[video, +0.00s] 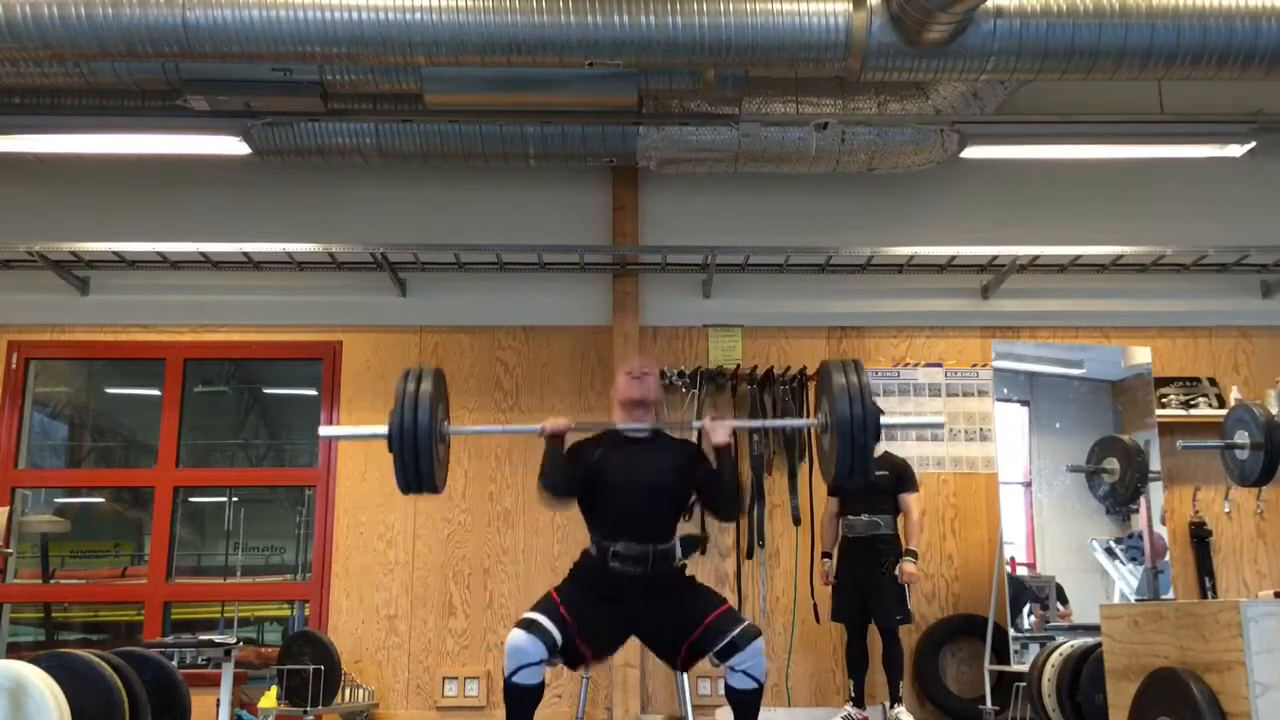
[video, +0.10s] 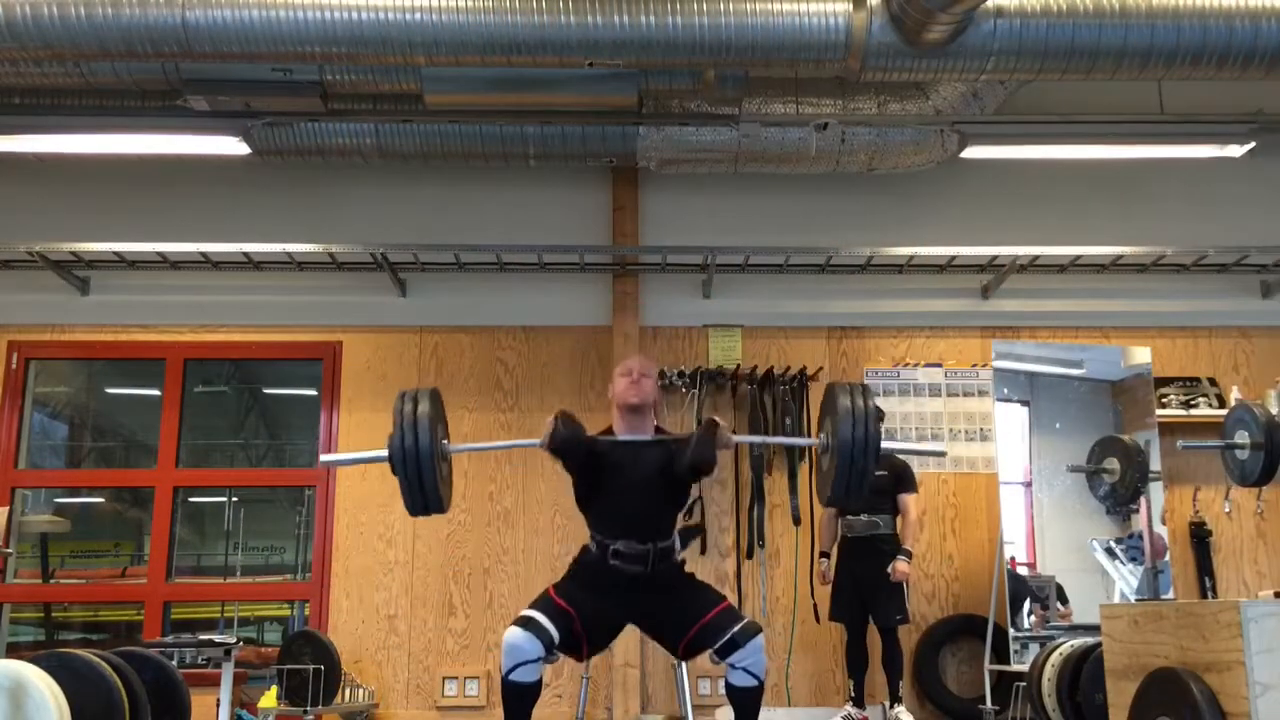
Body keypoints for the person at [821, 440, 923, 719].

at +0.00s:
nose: (857, 432)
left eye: (862, 425)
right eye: (853, 426)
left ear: (873, 428)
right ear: (847, 430)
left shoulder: (897, 468)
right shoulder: (843, 468)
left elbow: (912, 513)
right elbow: (831, 515)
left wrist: (910, 556)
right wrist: (826, 556)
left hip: (885, 562)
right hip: (850, 561)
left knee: (889, 633)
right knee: (854, 634)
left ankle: (896, 705)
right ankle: (856, 705)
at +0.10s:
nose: (863, 429)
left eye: (869, 422)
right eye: (858, 423)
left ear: (877, 426)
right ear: (849, 427)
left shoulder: (895, 467)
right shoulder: (843, 467)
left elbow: (910, 515)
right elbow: (830, 515)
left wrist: (905, 555)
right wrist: (824, 557)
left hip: (885, 558)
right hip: (851, 558)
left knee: (888, 632)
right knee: (854, 633)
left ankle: (896, 704)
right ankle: (856, 705)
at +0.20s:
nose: (861, 430)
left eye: (867, 424)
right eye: (856, 424)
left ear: (876, 426)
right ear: (848, 428)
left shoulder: (895, 467)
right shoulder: (842, 466)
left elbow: (909, 515)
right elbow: (830, 514)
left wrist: (900, 555)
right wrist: (823, 556)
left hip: (883, 558)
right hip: (850, 557)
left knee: (887, 632)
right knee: (854, 632)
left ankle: (896, 704)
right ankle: (856, 705)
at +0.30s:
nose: (865, 430)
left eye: (870, 424)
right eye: (859, 423)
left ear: (878, 427)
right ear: (849, 427)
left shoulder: (895, 469)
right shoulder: (841, 468)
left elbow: (908, 516)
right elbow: (829, 515)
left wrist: (898, 555)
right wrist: (823, 555)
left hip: (882, 557)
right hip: (850, 557)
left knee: (887, 632)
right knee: (854, 632)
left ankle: (896, 704)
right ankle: (856, 705)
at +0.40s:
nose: (862, 431)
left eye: (867, 424)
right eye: (856, 425)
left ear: (876, 427)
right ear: (847, 429)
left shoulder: (893, 467)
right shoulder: (841, 467)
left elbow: (908, 515)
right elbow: (829, 514)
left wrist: (899, 555)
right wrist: (824, 556)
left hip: (882, 557)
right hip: (849, 557)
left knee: (887, 632)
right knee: (853, 632)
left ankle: (895, 704)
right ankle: (857, 705)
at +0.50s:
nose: (862, 430)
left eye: (867, 423)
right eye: (856, 424)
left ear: (876, 426)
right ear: (847, 428)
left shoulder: (894, 468)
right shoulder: (841, 467)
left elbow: (907, 515)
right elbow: (829, 514)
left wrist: (901, 555)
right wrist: (824, 557)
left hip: (882, 558)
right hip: (848, 557)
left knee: (886, 632)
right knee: (853, 632)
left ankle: (896, 704)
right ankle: (856, 705)